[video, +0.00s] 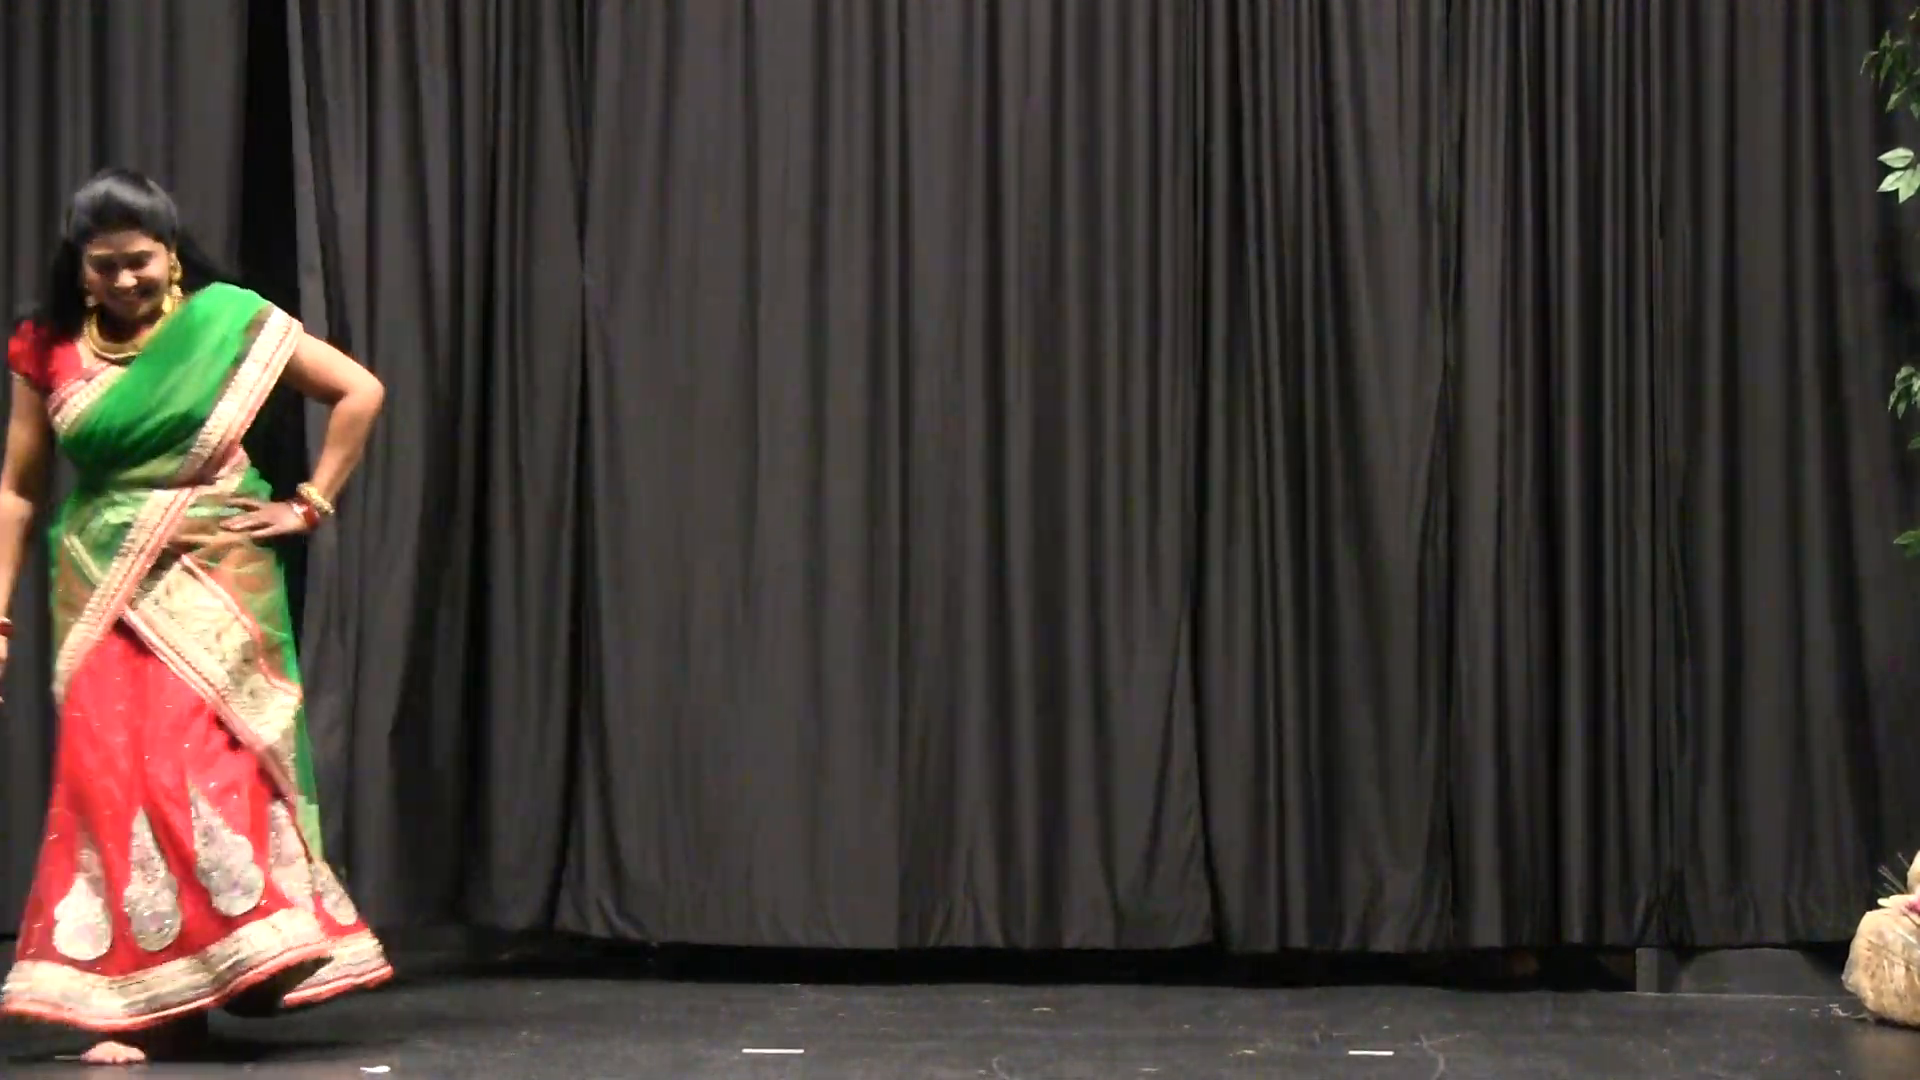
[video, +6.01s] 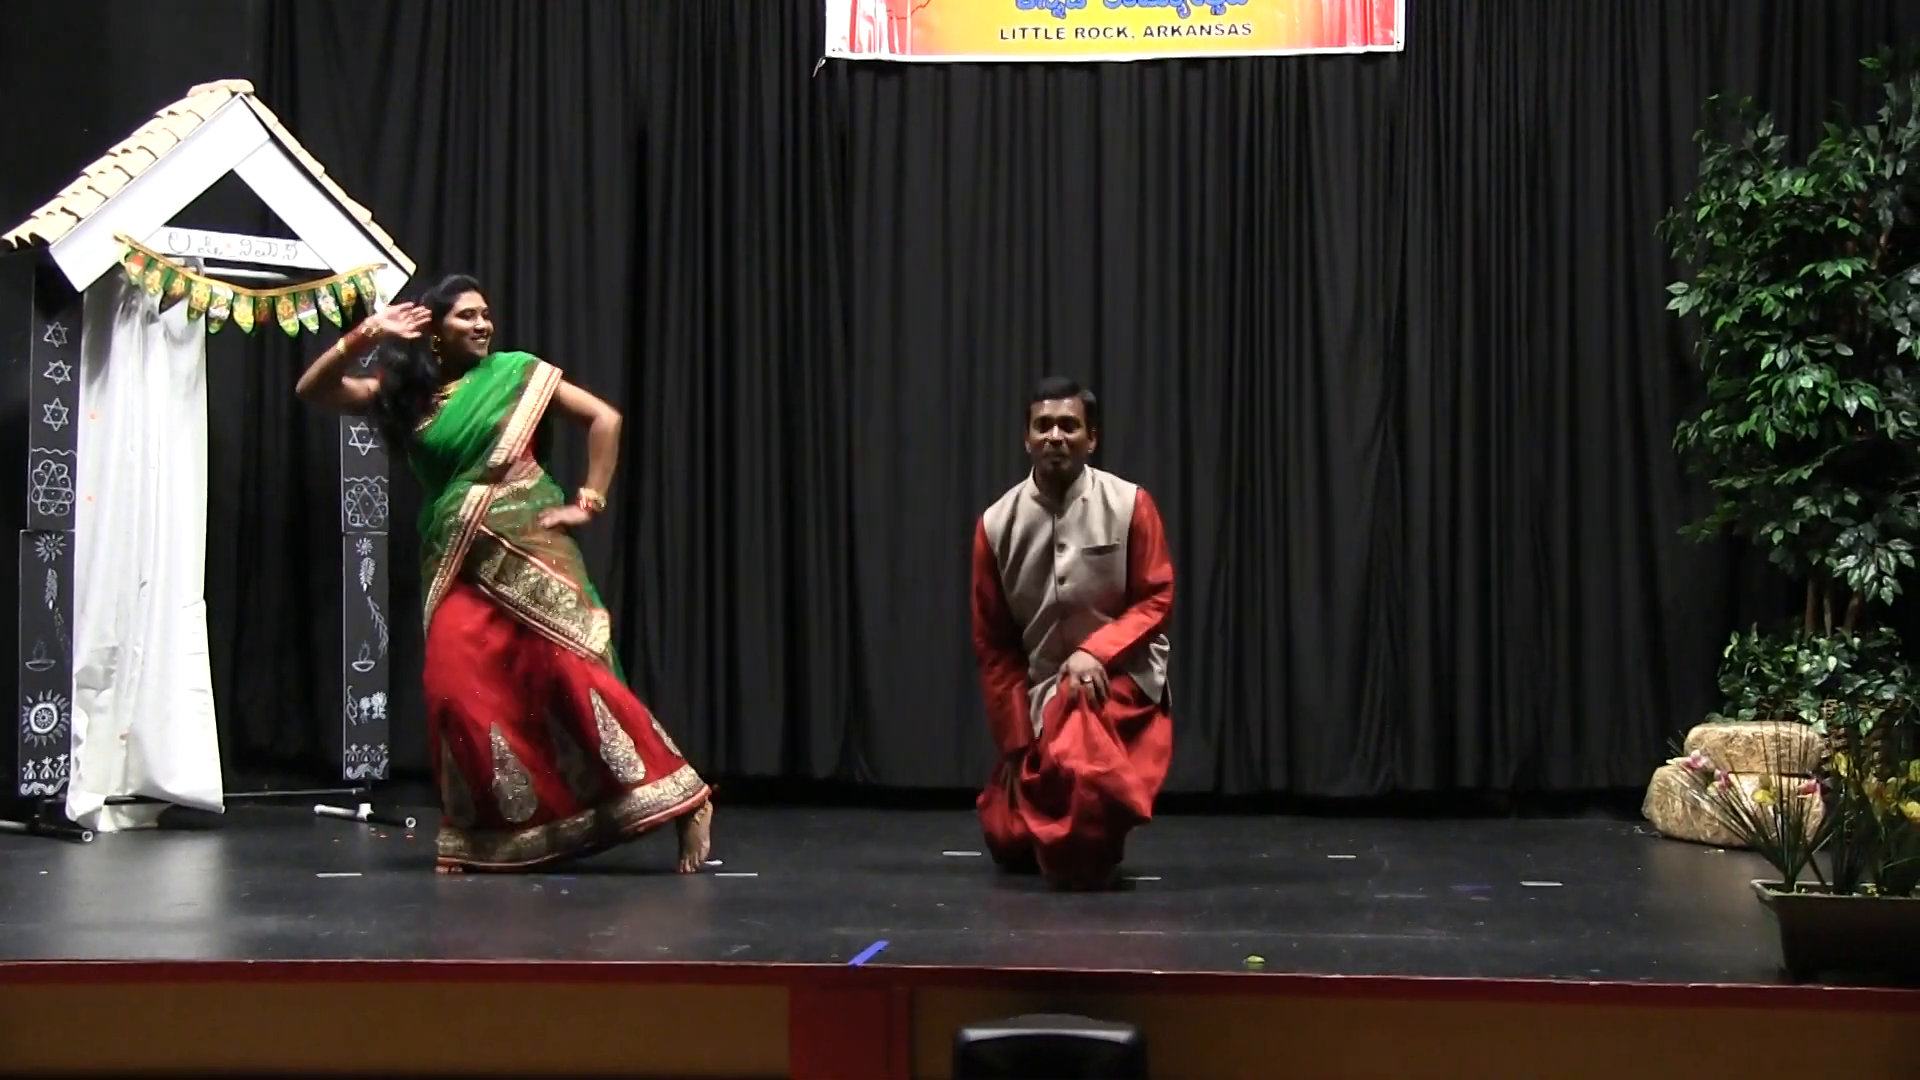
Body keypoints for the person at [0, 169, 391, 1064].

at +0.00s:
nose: (128, 281)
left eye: (143, 263)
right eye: (108, 266)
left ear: (175, 257)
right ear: (80, 267)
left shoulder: (224, 318)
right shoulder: (49, 352)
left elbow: (359, 391)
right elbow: (18, 488)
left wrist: (315, 499)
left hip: (215, 574)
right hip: (102, 581)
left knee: (192, 772)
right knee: (101, 776)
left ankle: (187, 988)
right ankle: (126, 1011)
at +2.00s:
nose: (315, 184)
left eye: (312, 169)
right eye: (301, 170)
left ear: (278, 181)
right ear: (248, 182)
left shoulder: (306, 256)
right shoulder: (189, 303)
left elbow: (373, 337)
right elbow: (189, 473)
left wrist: (369, 455)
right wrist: (198, 621)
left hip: (346, 539)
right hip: (252, 558)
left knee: (393, 753)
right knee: (269, 769)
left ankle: (389, 1008)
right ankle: (251, 1008)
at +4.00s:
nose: (419, 256)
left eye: (420, 244)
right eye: (403, 243)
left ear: (416, 256)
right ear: (358, 253)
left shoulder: (448, 325)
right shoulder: (306, 344)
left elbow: (539, 384)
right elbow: (281, 459)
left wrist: (511, 461)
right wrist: (275, 569)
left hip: (452, 531)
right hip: (362, 544)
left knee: (480, 688)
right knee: (369, 704)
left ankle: (535, 880)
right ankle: (375, 891)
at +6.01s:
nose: (483, 324)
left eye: (486, 315)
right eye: (468, 316)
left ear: (491, 321)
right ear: (433, 327)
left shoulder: (516, 372)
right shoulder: (407, 392)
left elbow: (604, 418)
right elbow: (312, 391)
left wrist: (589, 500)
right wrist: (359, 338)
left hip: (536, 548)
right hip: (461, 560)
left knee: (570, 673)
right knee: (448, 685)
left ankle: (687, 800)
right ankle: (478, 833)